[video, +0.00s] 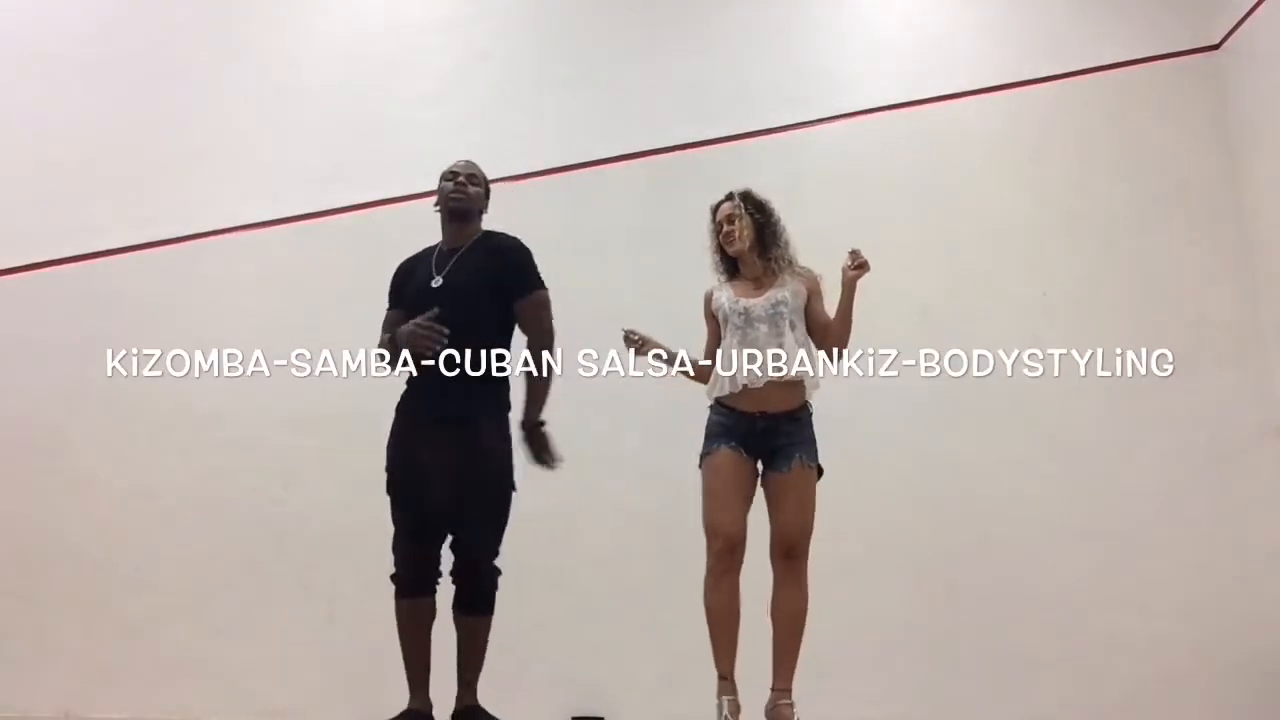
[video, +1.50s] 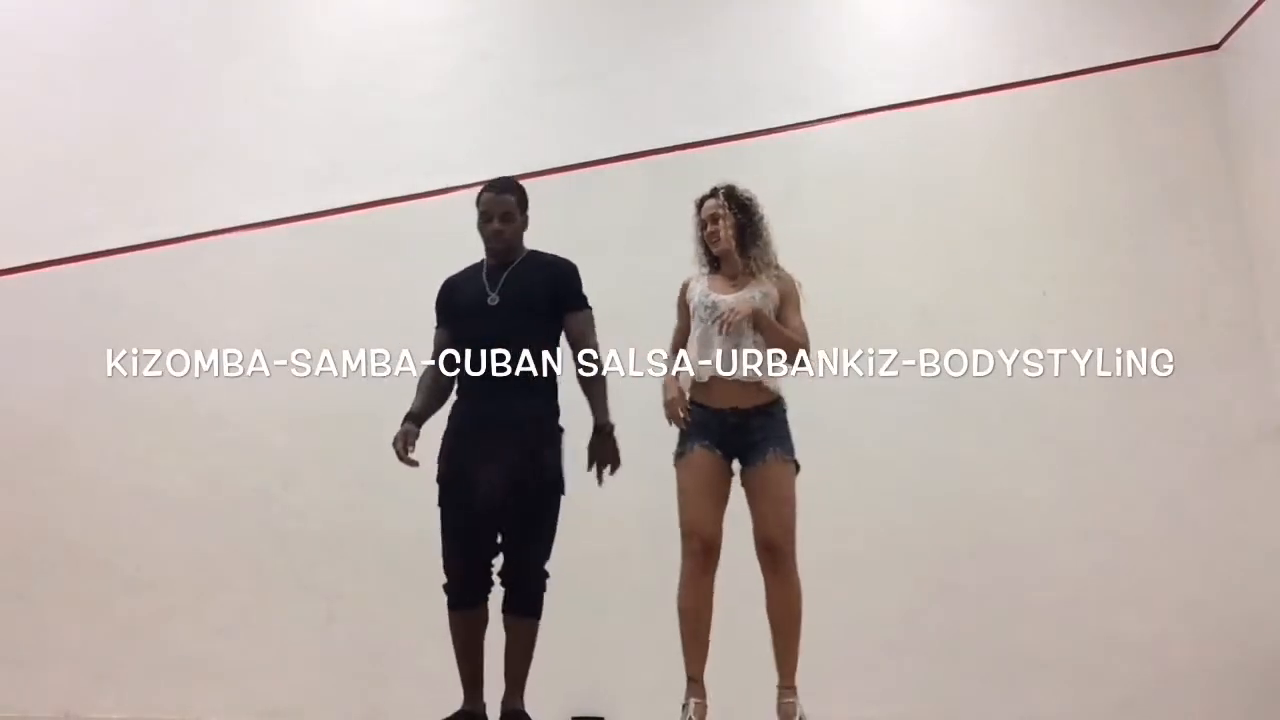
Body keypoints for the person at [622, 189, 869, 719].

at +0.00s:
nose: (729, 228)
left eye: (736, 218)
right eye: (722, 224)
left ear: (760, 224)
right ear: (719, 239)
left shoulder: (800, 282)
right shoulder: (718, 297)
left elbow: (833, 347)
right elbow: (708, 374)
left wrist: (848, 286)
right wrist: (657, 350)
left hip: (791, 428)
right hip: (730, 427)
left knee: (791, 555)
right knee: (724, 549)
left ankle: (782, 695)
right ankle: (725, 688)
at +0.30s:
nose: (721, 227)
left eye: (728, 218)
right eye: (714, 223)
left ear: (751, 224)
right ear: (709, 237)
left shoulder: (784, 287)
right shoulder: (699, 289)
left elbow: (801, 357)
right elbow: (682, 360)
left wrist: (831, 309)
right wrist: (645, 323)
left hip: (782, 426)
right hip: (721, 426)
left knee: (789, 551)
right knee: (717, 549)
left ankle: (780, 692)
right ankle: (714, 689)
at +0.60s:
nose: (720, 229)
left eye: (727, 220)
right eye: (712, 226)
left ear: (750, 224)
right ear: (707, 239)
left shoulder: (786, 285)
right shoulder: (701, 292)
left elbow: (812, 354)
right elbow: (684, 366)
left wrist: (843, 303)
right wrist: (662, 323)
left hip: (775, 431)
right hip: (713, 427)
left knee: (792, 553)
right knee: (711, 553)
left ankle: (780, 692)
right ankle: (710, 691)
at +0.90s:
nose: (732, 232)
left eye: (739, 222)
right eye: (724, 228)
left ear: (763, 225)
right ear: (720, 240)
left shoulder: (802, 286)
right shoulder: (718, 295)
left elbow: (831, 356)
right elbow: (708, 375)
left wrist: (857, 304)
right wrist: (686, 348)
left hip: (789, 430)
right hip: (727, 429)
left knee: (797, 553)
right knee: (722, 552)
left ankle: (792, 695)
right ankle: (720, 687)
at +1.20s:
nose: (733, 228)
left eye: (740, 218)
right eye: (725, 223)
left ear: (761, 221)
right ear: (718, 234)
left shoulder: (797, 282)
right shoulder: (714, 293)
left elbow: (825, 356)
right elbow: (705, 363)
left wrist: (810, 302)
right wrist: (699, 395)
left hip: (790, 426)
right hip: (729, 427)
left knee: (796, 554)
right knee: (723, 540)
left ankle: (796, 695)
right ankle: (724, 678)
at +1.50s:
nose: (715, 227)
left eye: (722, 218)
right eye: (708, 221)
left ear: (744, 222)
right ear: (701, 232)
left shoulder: (778, 282)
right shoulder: (693, 289)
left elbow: (799, 348)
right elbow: (675, 355)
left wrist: (761, 319)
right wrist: (670, 383)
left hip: (764, 424)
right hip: (702, 424)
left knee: (776, 551)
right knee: (699, 550)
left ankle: (787, 690)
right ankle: (694, 690)